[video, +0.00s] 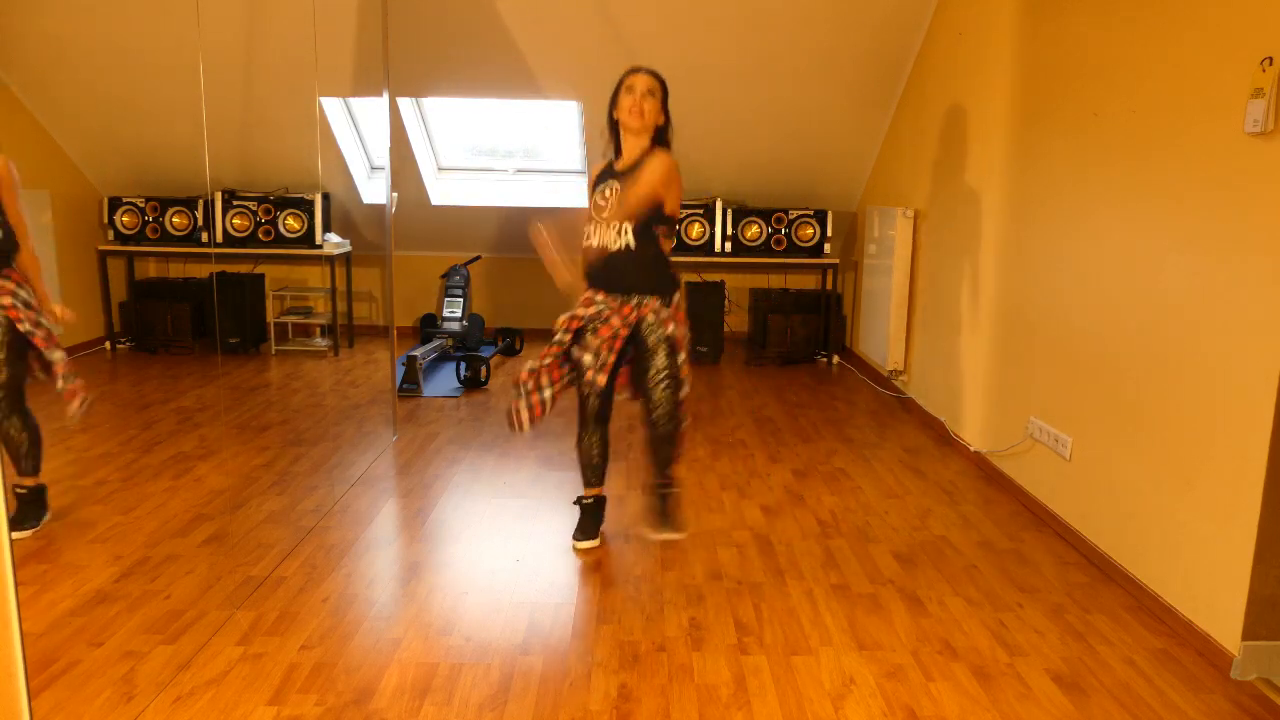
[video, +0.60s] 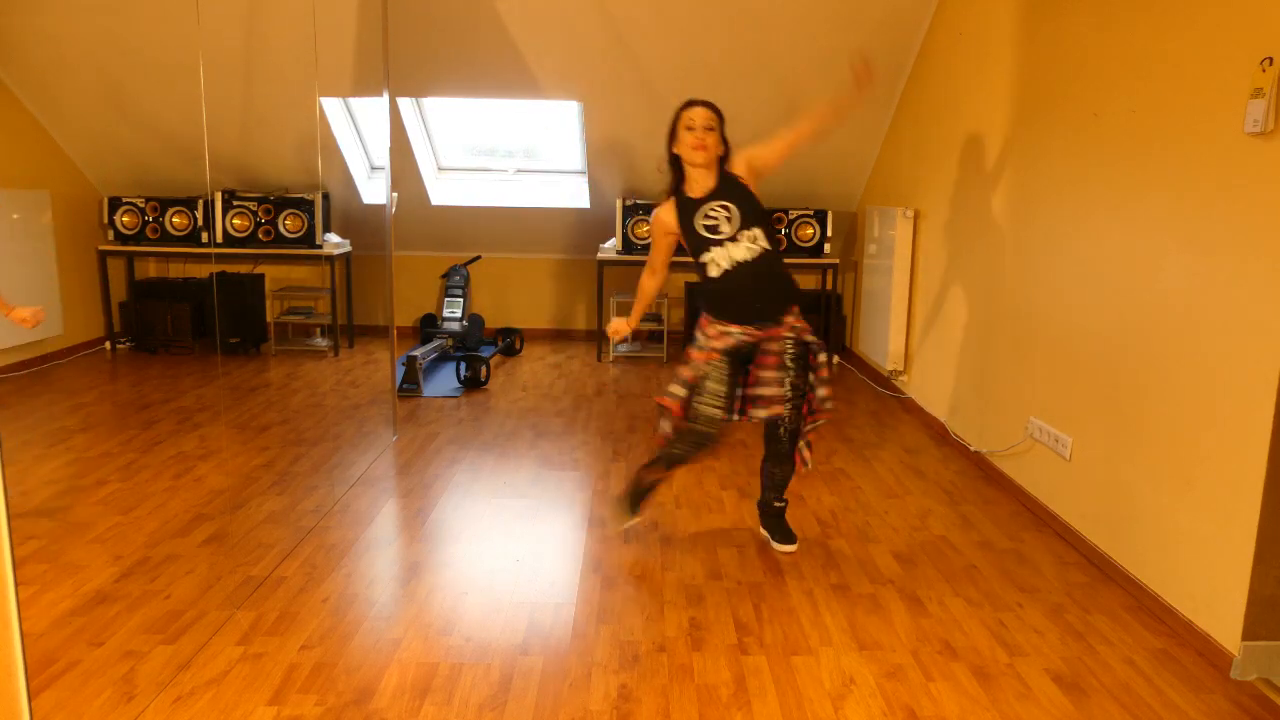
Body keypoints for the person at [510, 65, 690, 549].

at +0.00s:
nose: (637, 100)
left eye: (649, 95)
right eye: (629, 91)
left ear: (662, 113)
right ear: (614, 106)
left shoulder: (661, 165)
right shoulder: (602, 176)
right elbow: (597, 241)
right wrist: (580, 278)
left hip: (654, 303)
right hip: (603, 300)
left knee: (662, 405)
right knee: (593, 404)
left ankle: (664, 490)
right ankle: (591, 503)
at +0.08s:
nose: (638, 87)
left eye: (650, 82)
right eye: (630, 79)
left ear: (663, 98)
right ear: (615, 92)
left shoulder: (662, 144)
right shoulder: (607, 145)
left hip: (660, 293)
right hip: (610, 292)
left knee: (682, 396)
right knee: (602, 399)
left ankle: (709, 489)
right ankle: (596, 501)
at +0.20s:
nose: (637, 83)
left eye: (650, 79)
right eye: (633, 78)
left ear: (668, 97)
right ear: (623, 93)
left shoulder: (668, 138)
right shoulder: (626, 160)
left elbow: (620, 76)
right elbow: (617, 233)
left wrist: (577, 21)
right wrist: (609, 294)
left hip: (672, 299)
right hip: (629, 302)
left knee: (715, 402)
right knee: (616, 404)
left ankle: (758, 490)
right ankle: (601, 503)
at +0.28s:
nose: (648, 103)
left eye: (658, 95)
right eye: (641, 95)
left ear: (674, 109)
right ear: (629, 109)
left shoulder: (680, 156)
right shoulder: (634, 173)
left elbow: (658, 68)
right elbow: (631, 249)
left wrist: (634, 12)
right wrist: (618, 304)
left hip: (686, 303)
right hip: (641, 308)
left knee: (722, 407)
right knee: (627, 409)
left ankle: (768, 498)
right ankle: (607, 508)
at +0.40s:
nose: (669, 116)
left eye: (679, 110)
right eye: (660, 108)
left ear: (693, 124)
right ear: (645, 121)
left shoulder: (707, 169)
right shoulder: (644, 193)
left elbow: (720, 78)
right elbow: (644, 257)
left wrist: (723, 13)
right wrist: (633, 309)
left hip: (725, 311)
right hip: (669, 315)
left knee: (742, 415)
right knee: (640, 414)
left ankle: (769, 505)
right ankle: (609, 511)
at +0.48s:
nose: (680, 125)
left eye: (690, 119)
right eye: (671, 117)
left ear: (705, 132)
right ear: (656, 130)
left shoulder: (725, 162)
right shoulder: (656, 203)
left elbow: (762, 84)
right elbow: (651, 266)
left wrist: (792, 18)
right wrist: (636, 313)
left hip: (757, 315)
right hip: (695, 321)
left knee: (766, 419)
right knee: (650, 412)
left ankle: (771, 506)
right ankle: (609, 507)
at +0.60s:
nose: (701, 135)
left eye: (710, 129)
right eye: (690, 129)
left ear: (722, 141)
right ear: (675, 143)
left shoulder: (744, 171)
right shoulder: (670, 215)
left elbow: (801, 132)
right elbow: (653, 273)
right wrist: (633, 319)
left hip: (782, 319)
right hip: (724, 327)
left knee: (786, 424)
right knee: (704, 427)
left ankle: (773, 507)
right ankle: (645, 481)